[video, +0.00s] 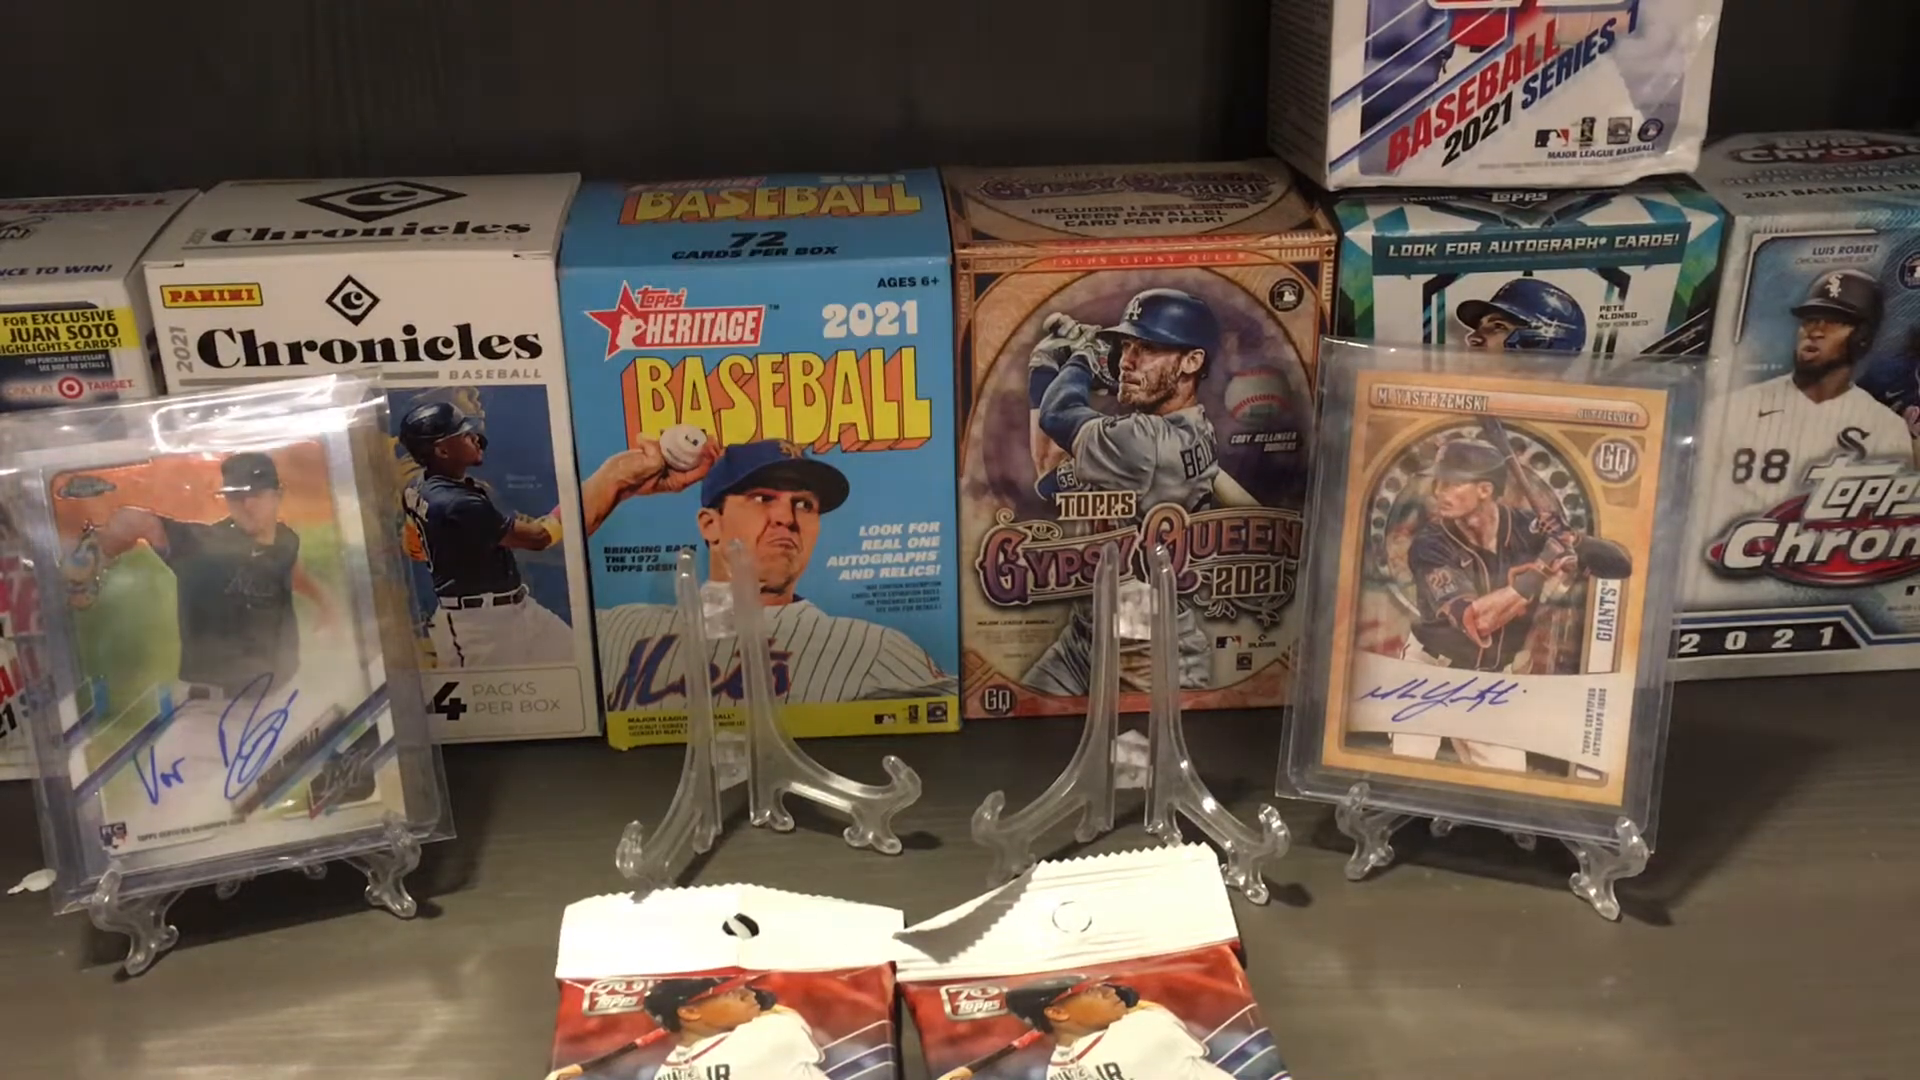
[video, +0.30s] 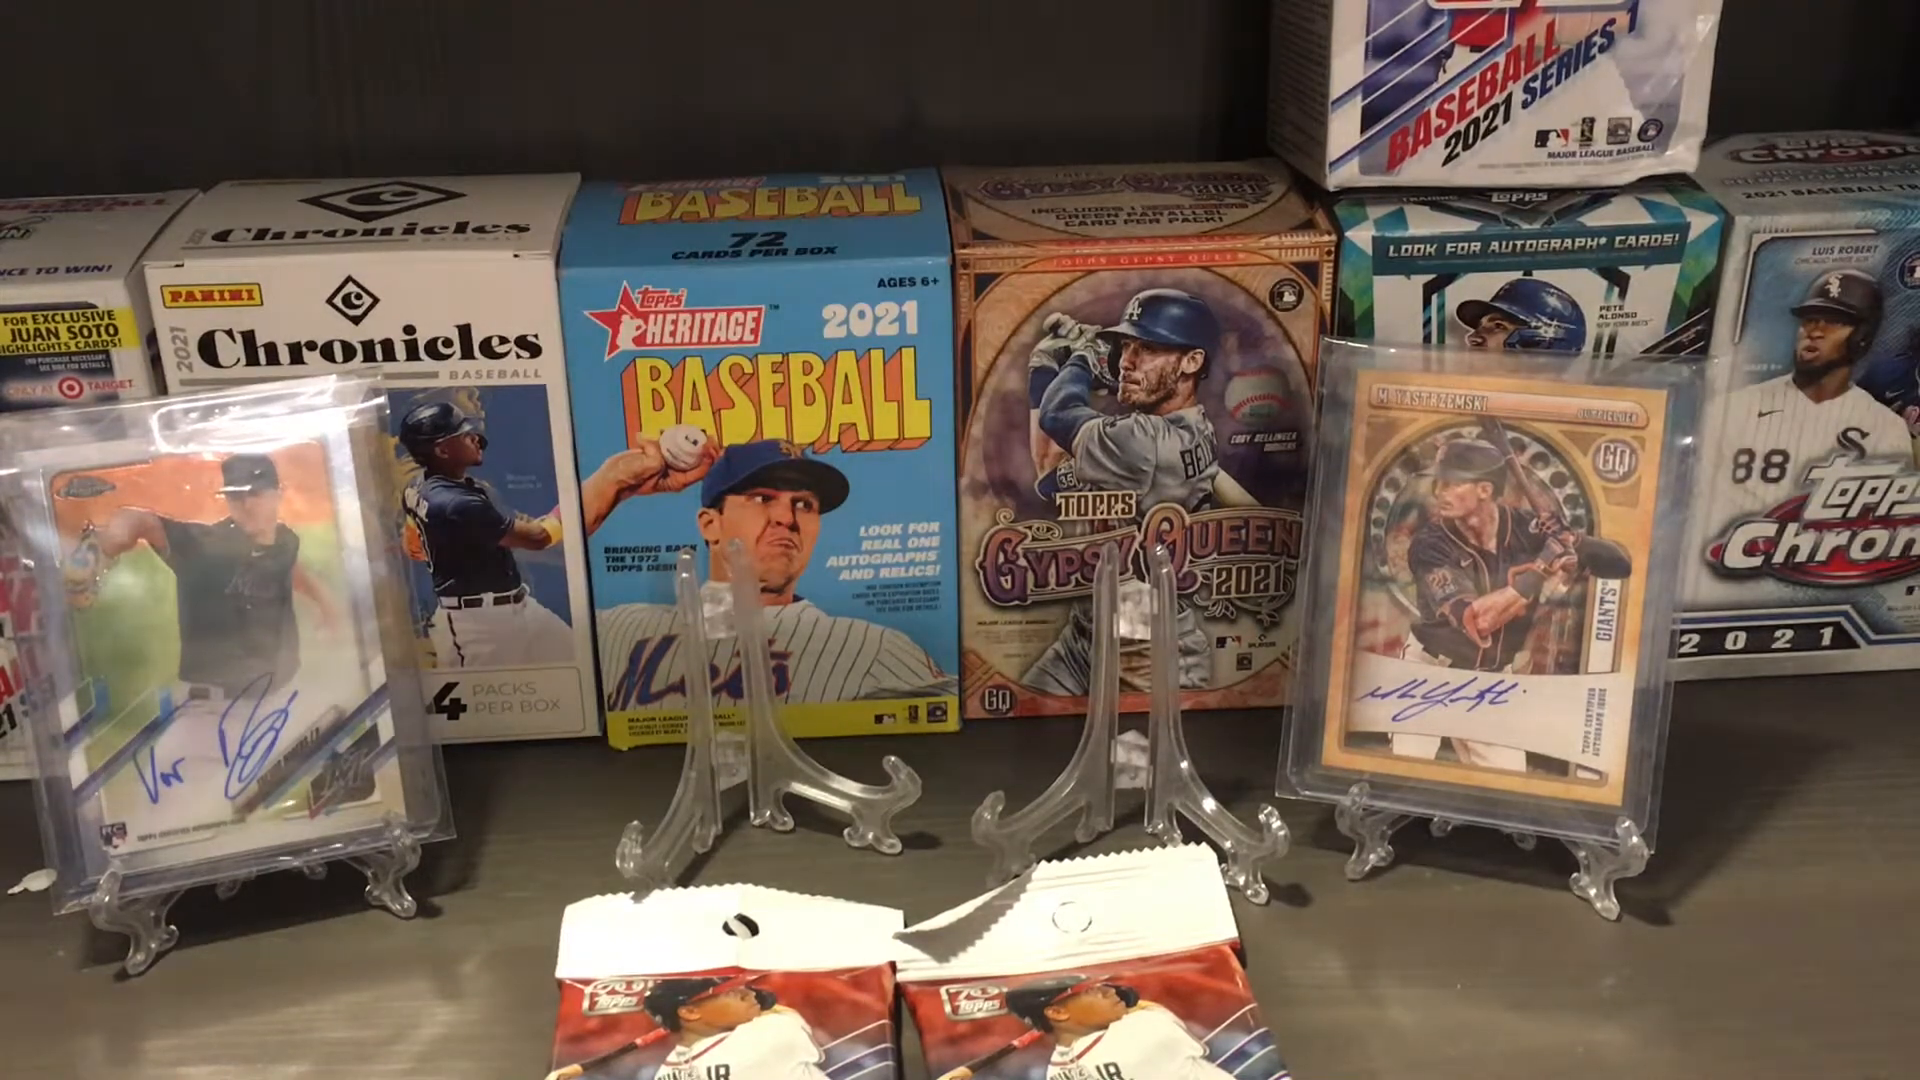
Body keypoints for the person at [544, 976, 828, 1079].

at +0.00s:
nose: (742, 993)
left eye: (732, 986)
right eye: (724, 993)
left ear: (690, 1015)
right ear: (691, 1014)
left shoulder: (666, 1072)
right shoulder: (777, 1034)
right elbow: (780, 1008)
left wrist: (577, 1072)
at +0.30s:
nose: (742, 992)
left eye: (732, 986)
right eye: (725, 993)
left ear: (690, 1015)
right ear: (692, 1014)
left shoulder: (667, 1071)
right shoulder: (779, 1034)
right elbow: (779, 1008)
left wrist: (578, 1071)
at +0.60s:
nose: (743, 992)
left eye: (733, 986)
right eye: (726, 992)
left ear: (690, 1015)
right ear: (691, 1014)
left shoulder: (666, 1071)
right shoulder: (778, 1034)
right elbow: (781, 1009)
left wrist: (576, 1072)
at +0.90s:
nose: (744, 993)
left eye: (734, 986)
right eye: (726, 993)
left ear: (689, 1014)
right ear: (691, 1014)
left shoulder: (666, 1072)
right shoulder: (778, 1034)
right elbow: (780, 1008)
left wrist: (577, 1072)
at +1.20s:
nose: (743, 992)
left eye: (733, 986)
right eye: (726, 992)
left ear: (689, 1014)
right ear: (691, 1014)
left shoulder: (666, 1072)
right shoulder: (778, 1034)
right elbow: (780, 1008)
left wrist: (578, 1072)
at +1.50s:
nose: (743, 993)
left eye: (733, 987)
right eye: (725, 993)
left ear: (690, 1015)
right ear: (692, 1014)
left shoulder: (666, 1071)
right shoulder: (778, 1034)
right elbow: (781, 1009)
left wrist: (576, 1072)